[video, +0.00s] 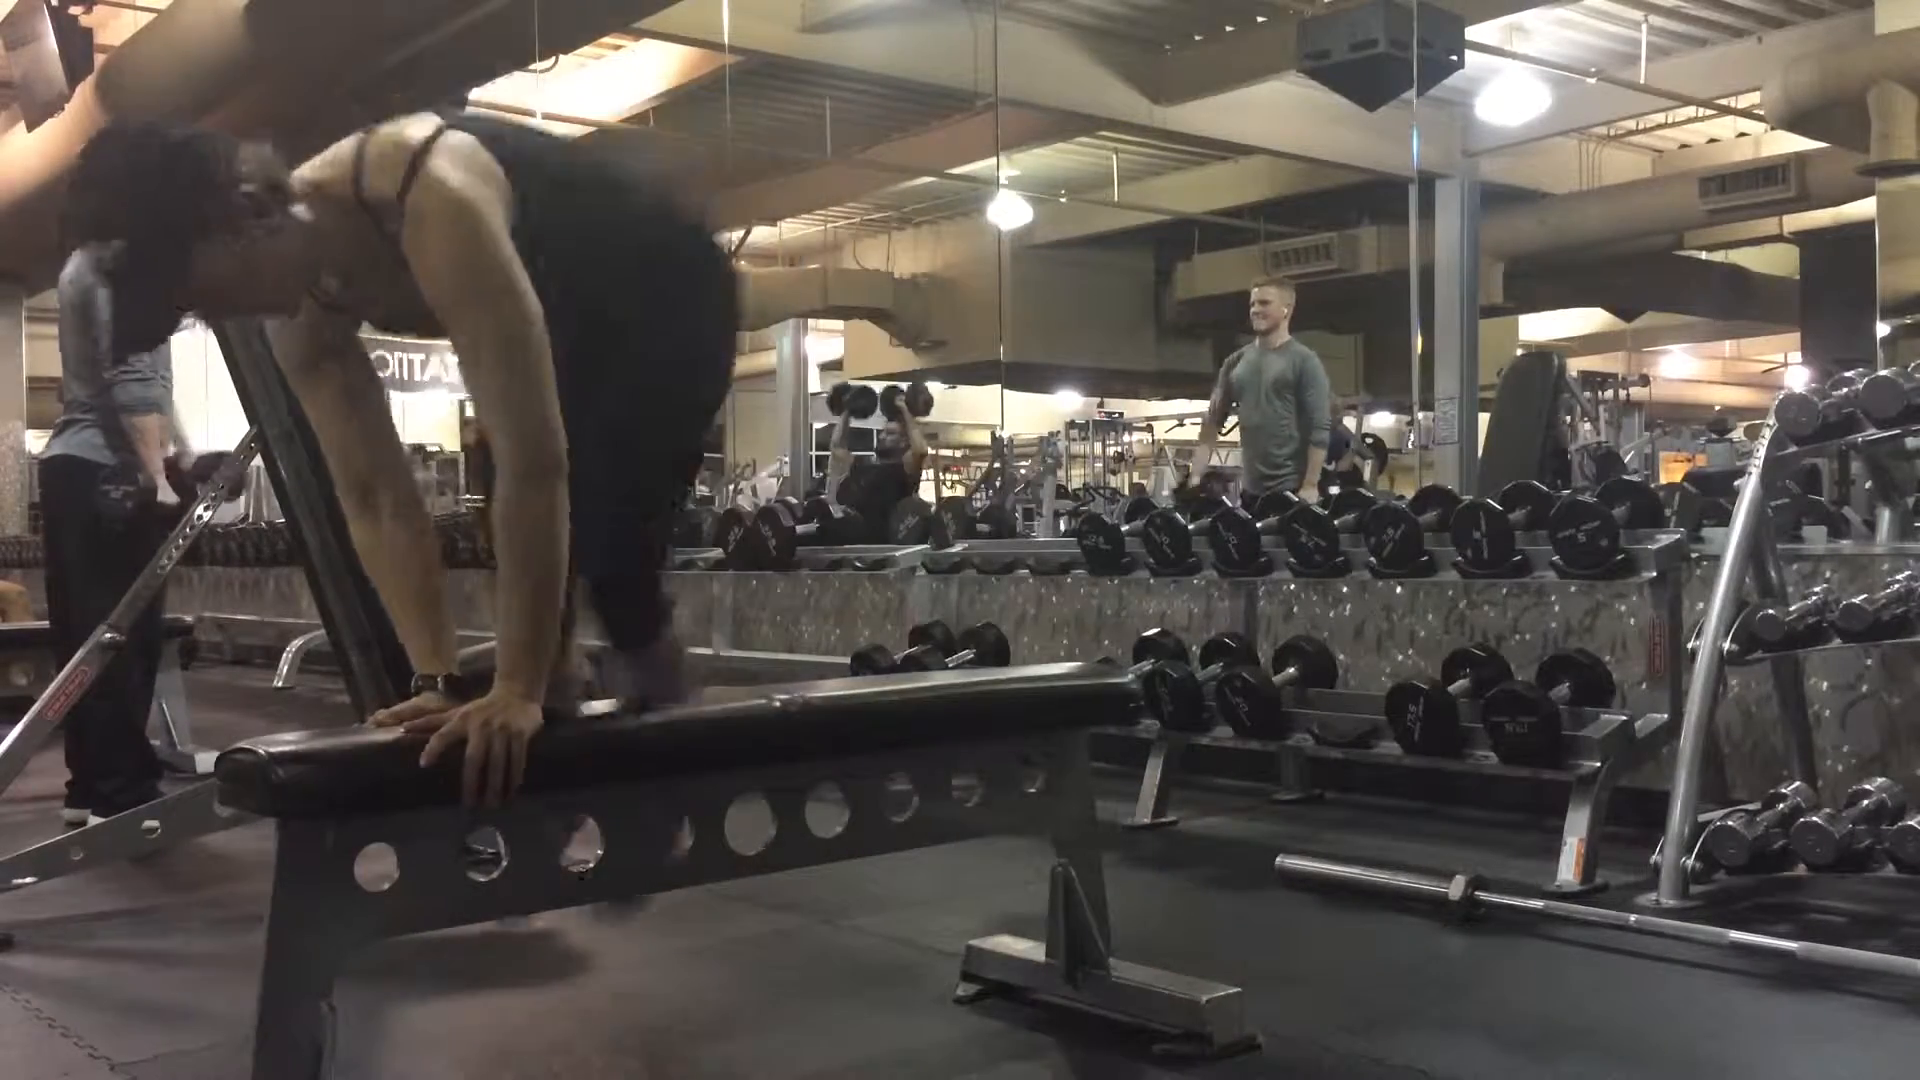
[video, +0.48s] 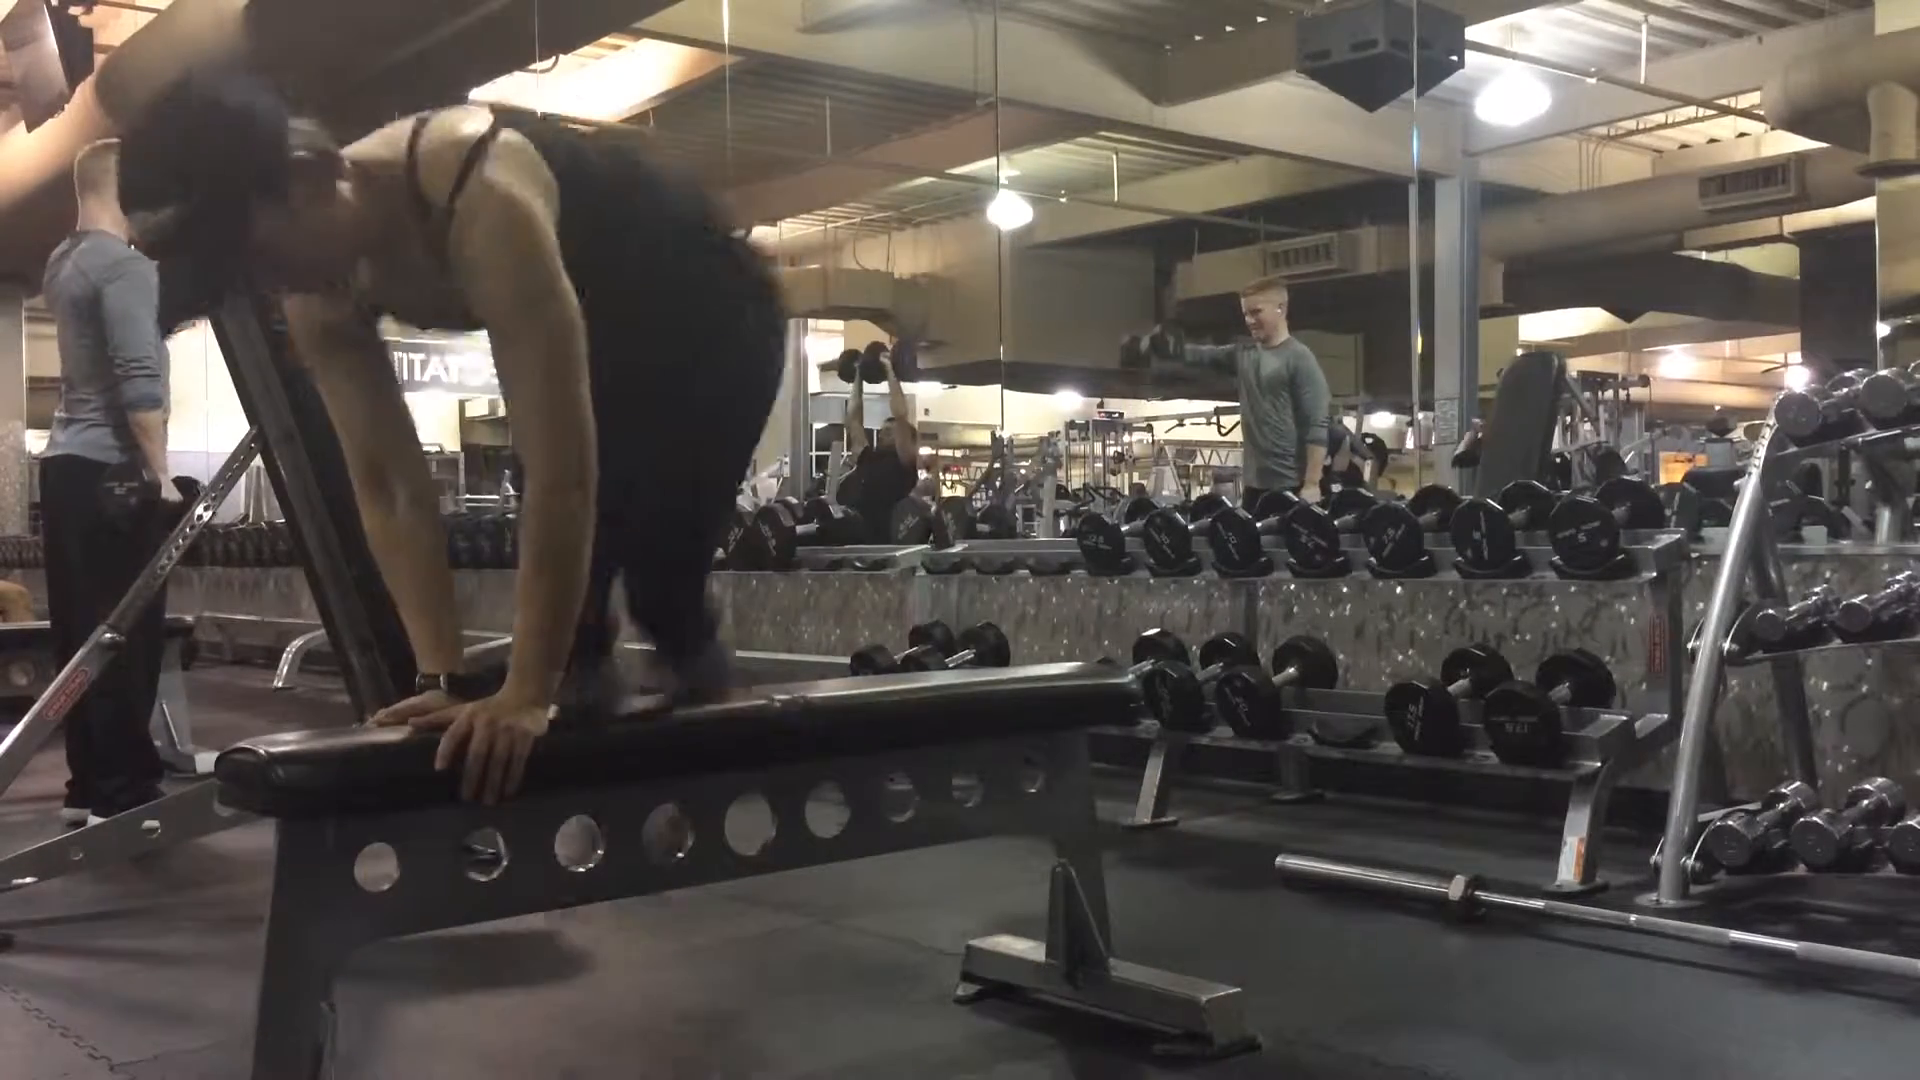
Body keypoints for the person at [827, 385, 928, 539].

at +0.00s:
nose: (882, 436)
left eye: (890, 433)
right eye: (882, 432)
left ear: (904, 441)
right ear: (878, 436)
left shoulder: (905, 470)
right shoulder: (861, 465)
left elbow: (920, 451)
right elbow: (836, 447)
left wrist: (904, 409)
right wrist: (846, 411)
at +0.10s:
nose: (882, 436)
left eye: (890, 433)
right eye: (883, 432)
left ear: (903, 437)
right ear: (880, 433)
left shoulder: (907, 469)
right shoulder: (865, 464)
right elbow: (838, 440)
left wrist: (902, 399)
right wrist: (849, 402)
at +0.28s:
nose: (883, 434)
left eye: (891, 431)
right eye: (883, 431)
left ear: (904, 436)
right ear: (880, 435)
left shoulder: (907, 472)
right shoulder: (866, 461)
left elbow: (911, 428)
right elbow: (847, 429)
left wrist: (897, 382)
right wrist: (854, 386)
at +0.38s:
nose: (883, 435)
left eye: (891, 431)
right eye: (883, 431)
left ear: (904, 436)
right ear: (879, 435)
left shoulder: (905, 467)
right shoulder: (865, 458)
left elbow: (906, 421)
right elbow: (850, 423)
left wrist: (893, 373)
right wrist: (856, 380)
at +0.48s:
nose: (882, 434)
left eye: (890, 431)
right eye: (882, 431)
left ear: (904, 438)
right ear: (879, 434)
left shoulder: (904, 467)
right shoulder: (866, 458)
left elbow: (900, 417)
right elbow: (854, 420)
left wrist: (889, 370)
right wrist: (857, 375)